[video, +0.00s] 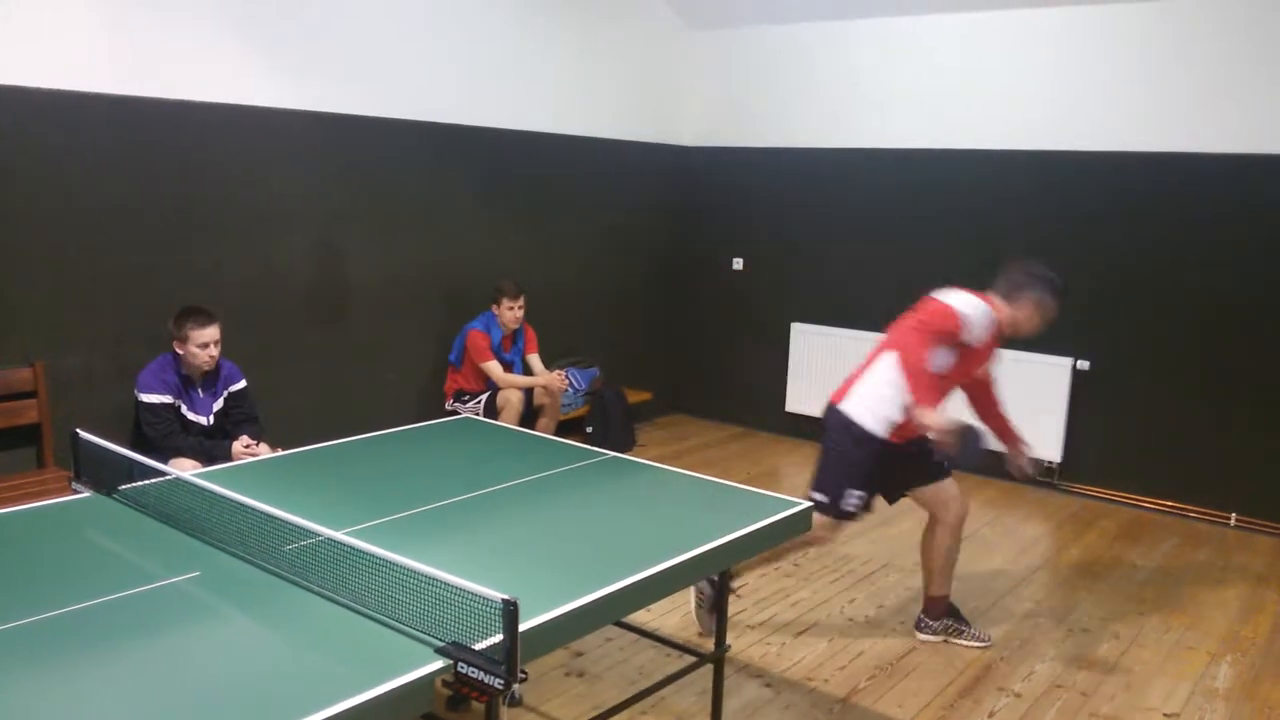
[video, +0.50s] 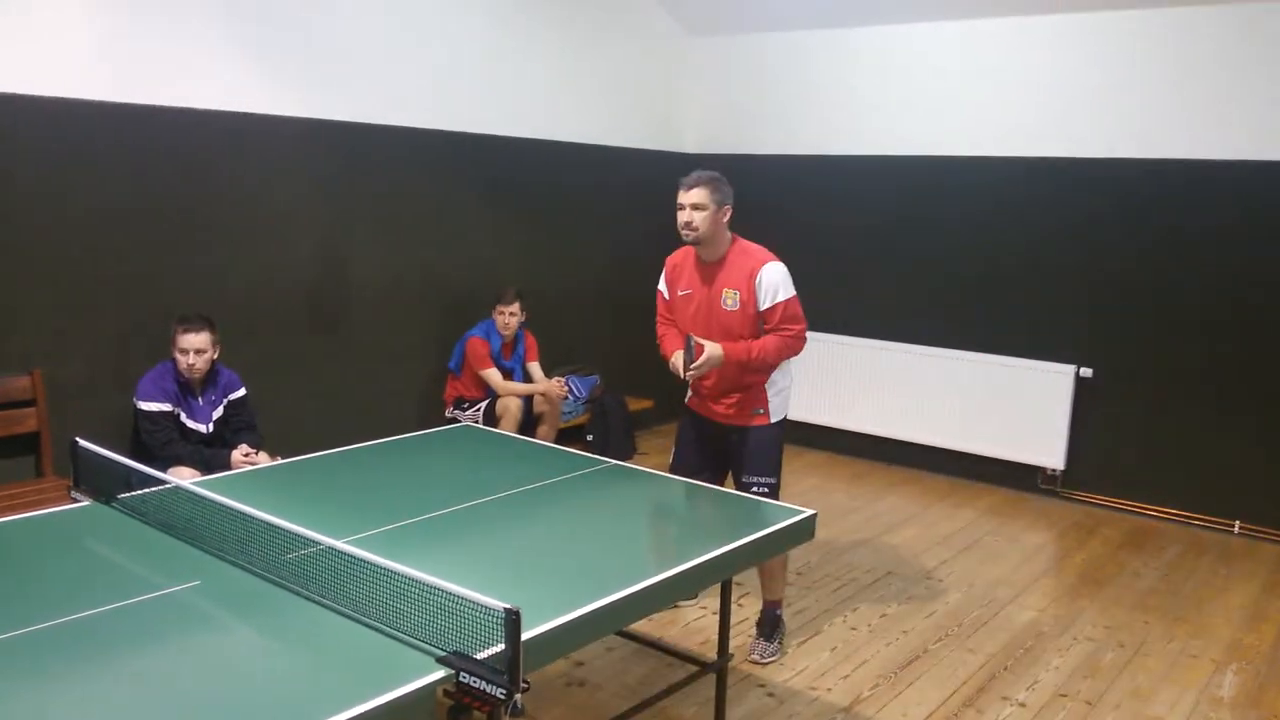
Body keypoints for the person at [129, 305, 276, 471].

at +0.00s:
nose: (213, 353)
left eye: (216, 344)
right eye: (203, 347)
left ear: (221, 341)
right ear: (179, 347)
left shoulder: (229, 373)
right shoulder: (154, 380)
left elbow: (245, 421)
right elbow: (167, 442)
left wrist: (246, 439)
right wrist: (227, 450)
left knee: (264, 453)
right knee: (189, 469)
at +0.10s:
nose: (214, 354)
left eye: (217, 345)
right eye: (204, 348)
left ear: (221, 342)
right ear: (180, 349)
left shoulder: (230, 374)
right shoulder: (155, 381)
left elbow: (245, 423)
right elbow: (168, 444)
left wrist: (246, 441)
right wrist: (227, 452)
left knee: (263, 453)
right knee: (188, 471)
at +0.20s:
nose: (217, 353)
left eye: (220, 344)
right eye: (207, 347)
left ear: (224, 341)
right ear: (183, 348)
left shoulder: (233, 373)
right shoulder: (157, 381)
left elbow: (248, 421)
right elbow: (170, 442)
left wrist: (249, 439)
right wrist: (230, 451)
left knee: (266, 453)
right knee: (192, 469)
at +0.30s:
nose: (214, 354)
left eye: (217, 345)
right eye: (204, 347)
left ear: (222, 342)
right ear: (180, 348)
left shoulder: (230, 374)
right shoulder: (155, 382)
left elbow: (246, 422)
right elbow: (168, 443)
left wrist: (246, 440)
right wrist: (227, 452)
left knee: (263, 453)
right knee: (189, 470)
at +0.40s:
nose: (188, 361)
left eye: (197, 352)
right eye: (180, 352)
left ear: (212, 352)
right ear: (170, 351)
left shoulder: (225, 381)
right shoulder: (150, 388)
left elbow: (241, 428)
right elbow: (163, 450)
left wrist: (241, 448)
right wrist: (223, 459)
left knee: (260, 461)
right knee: (184, 477)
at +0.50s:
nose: (191, 362)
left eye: (199, 353)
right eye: (183, 353)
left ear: (215, 352)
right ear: (173, 351)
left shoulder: (228, 382)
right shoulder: (153, 387)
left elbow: (244, 429)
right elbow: (166, 450)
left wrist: (245, 448)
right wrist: (226, 460)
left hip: (218, 460)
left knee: (263, 462)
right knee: (187, 477)